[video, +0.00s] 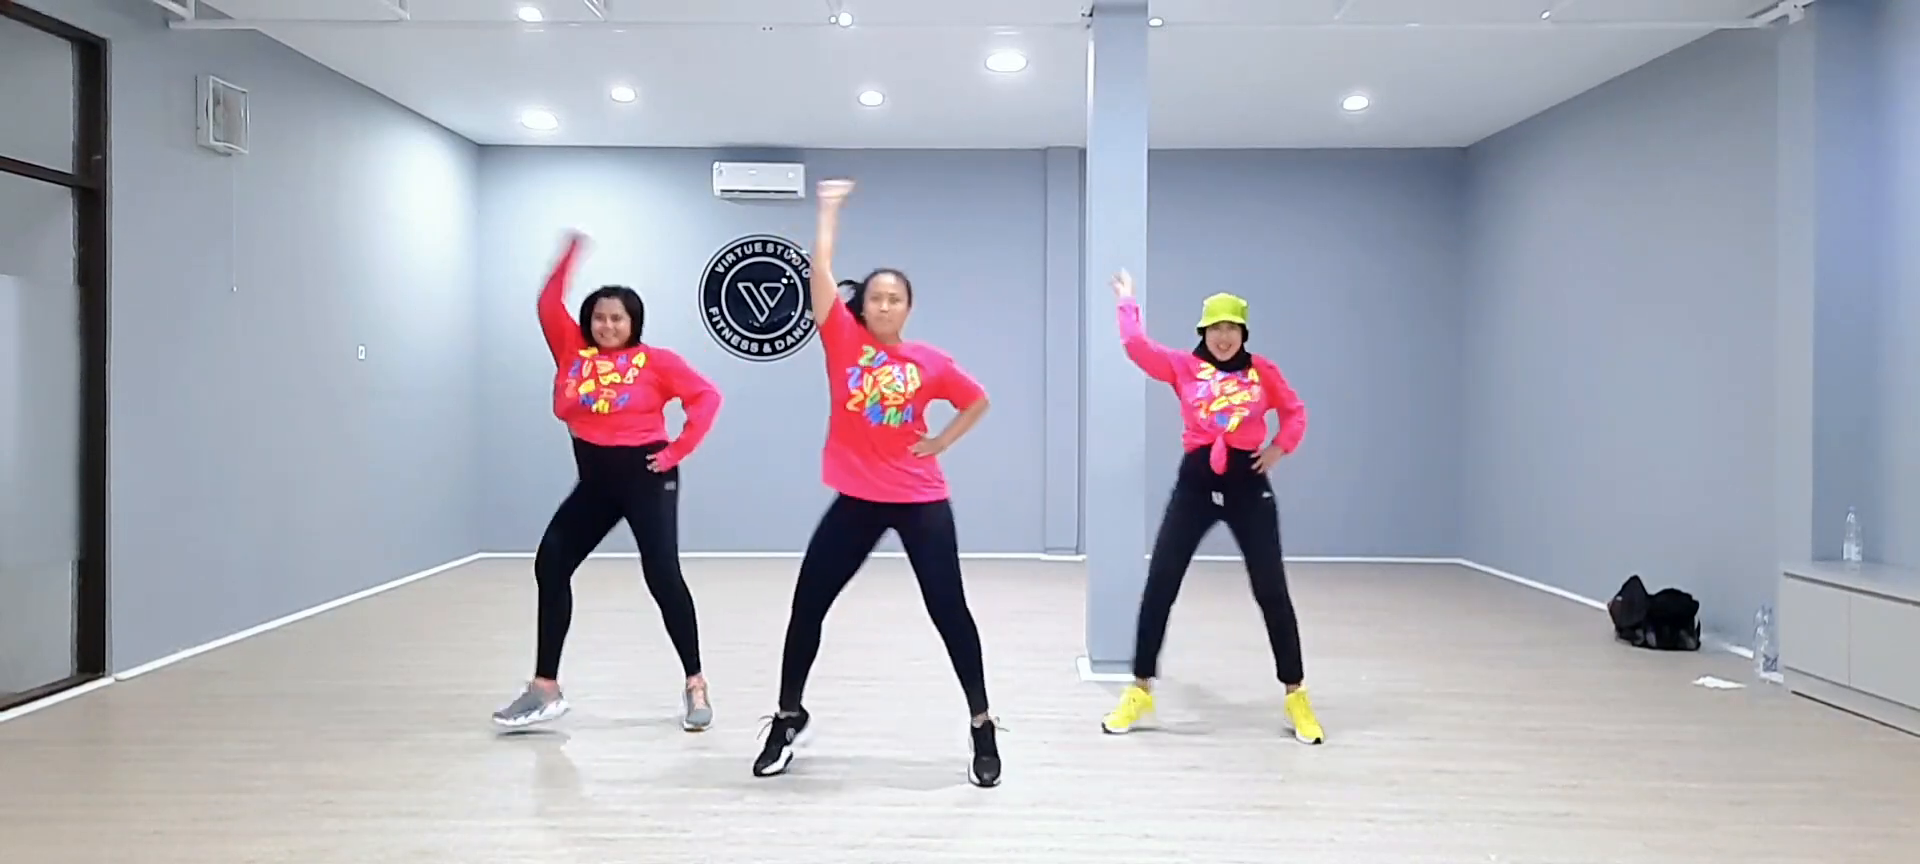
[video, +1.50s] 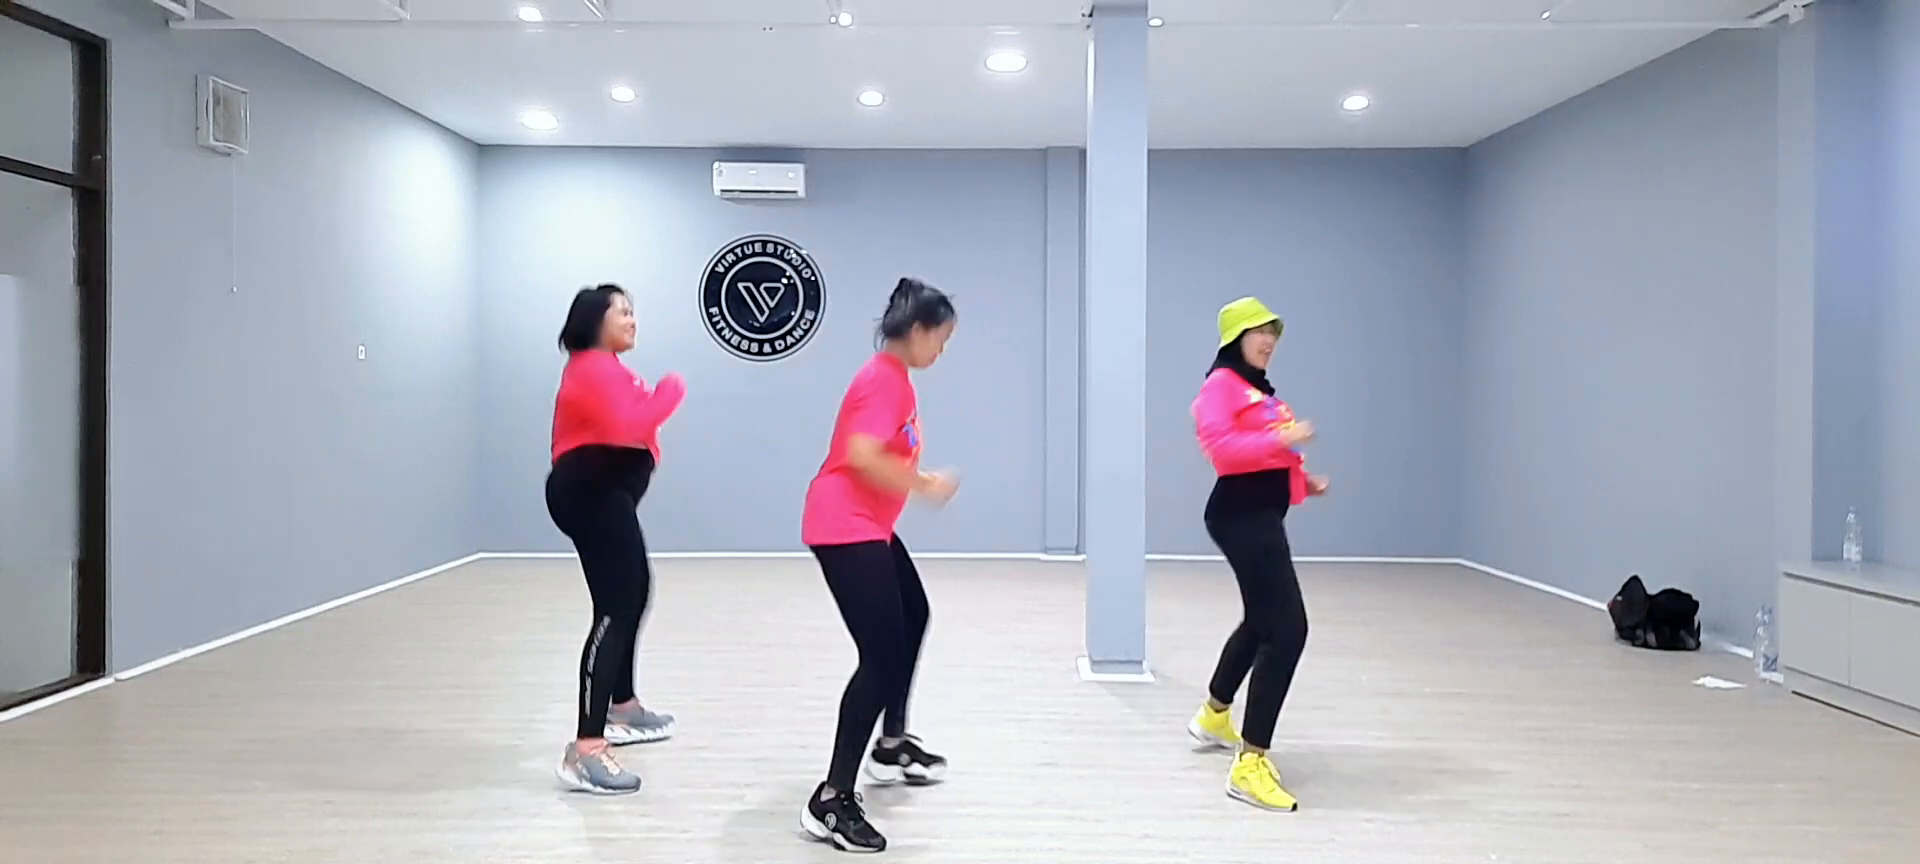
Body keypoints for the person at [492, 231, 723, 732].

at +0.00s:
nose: (609, 323)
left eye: (619, 317)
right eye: (600, 316)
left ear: (633, 323)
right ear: (589, 322)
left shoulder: (655, 362)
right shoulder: (573, 355)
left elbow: (708, 398)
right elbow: (548, 305)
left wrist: (679, 449)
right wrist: (568, 258)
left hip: (648, 478)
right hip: (595, 481)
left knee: (662, 575)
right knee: (551, 563)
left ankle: (695, 683)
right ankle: (545, 686)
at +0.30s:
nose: (607, 317)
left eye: (616, 310)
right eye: (598, 311)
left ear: (633, 317)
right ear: (590, 319)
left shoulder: (660, 359)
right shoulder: (575, 353)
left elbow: (707, 398)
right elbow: (531, 310)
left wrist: (678, 449)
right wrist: (507, 256)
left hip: (647, 479)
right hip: (593, 478)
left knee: (662, 575)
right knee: (547, 556)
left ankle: (692, 684)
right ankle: (551, 671)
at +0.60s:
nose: (591, 333)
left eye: (600, 327)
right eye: (585, 326)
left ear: (616, 334)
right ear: (574, 335)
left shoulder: (643, 379)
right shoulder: (555, 382)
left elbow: (672, 434)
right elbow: (521, 429)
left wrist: (660, 489)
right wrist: (490, 403)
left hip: (620, 495)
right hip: (564, 492)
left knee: (641, 584)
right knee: (558, 590)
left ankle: (663, 690)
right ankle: (563, 687)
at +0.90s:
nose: (618, 317)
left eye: (628, 311)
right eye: (610, 311)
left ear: (643, 322)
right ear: (596, 321)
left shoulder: (673, 370)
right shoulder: (573, 372)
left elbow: (693, 432)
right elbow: (553, 431)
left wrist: (700, 482)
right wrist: (594, 435)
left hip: (653, 486)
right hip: (593, 484)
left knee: (649, 591)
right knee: (581, 590)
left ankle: (642, 700)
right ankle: (620, 582)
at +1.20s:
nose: (625, 307)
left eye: (633, 300)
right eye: (615, 301)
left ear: (647, 310)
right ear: (600, 312)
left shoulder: (668, 357)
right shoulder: (575, 353)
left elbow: (694, 415)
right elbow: (522, 389)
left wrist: (697, 407)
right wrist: (559, 441)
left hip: (652, 473)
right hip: (597, 469)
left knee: (656, 583)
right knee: (636, 575)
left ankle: (649, 690)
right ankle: (610, 708)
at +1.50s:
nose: (633, 320)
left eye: (632, 313)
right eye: (623, 312)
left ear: (615, 326)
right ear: (596, 321)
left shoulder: (608, 368)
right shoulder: (593, 367)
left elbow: (629, 421)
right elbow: (632, 422)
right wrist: (670, 391)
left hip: (604, 490)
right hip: (589, 490)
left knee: (633, 594)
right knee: (615, 607)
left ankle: (622, 707)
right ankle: (586, 747)